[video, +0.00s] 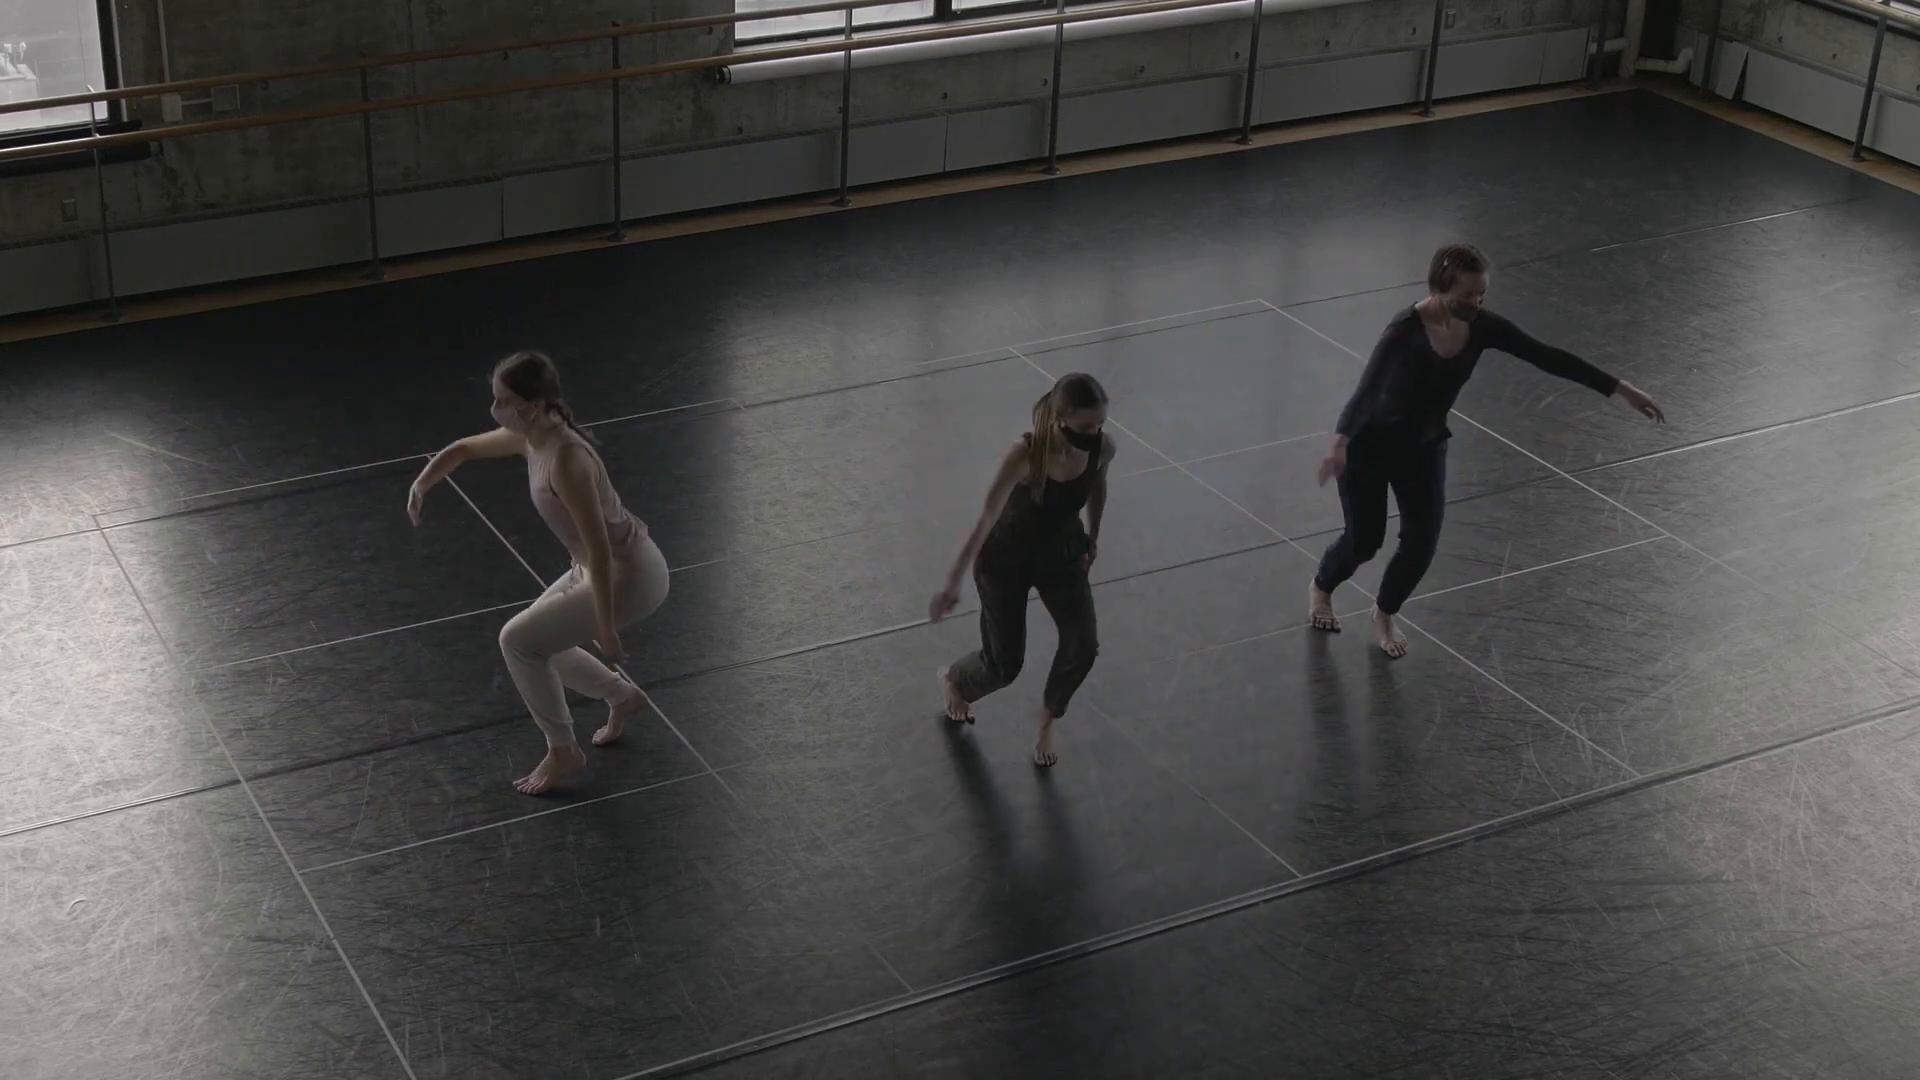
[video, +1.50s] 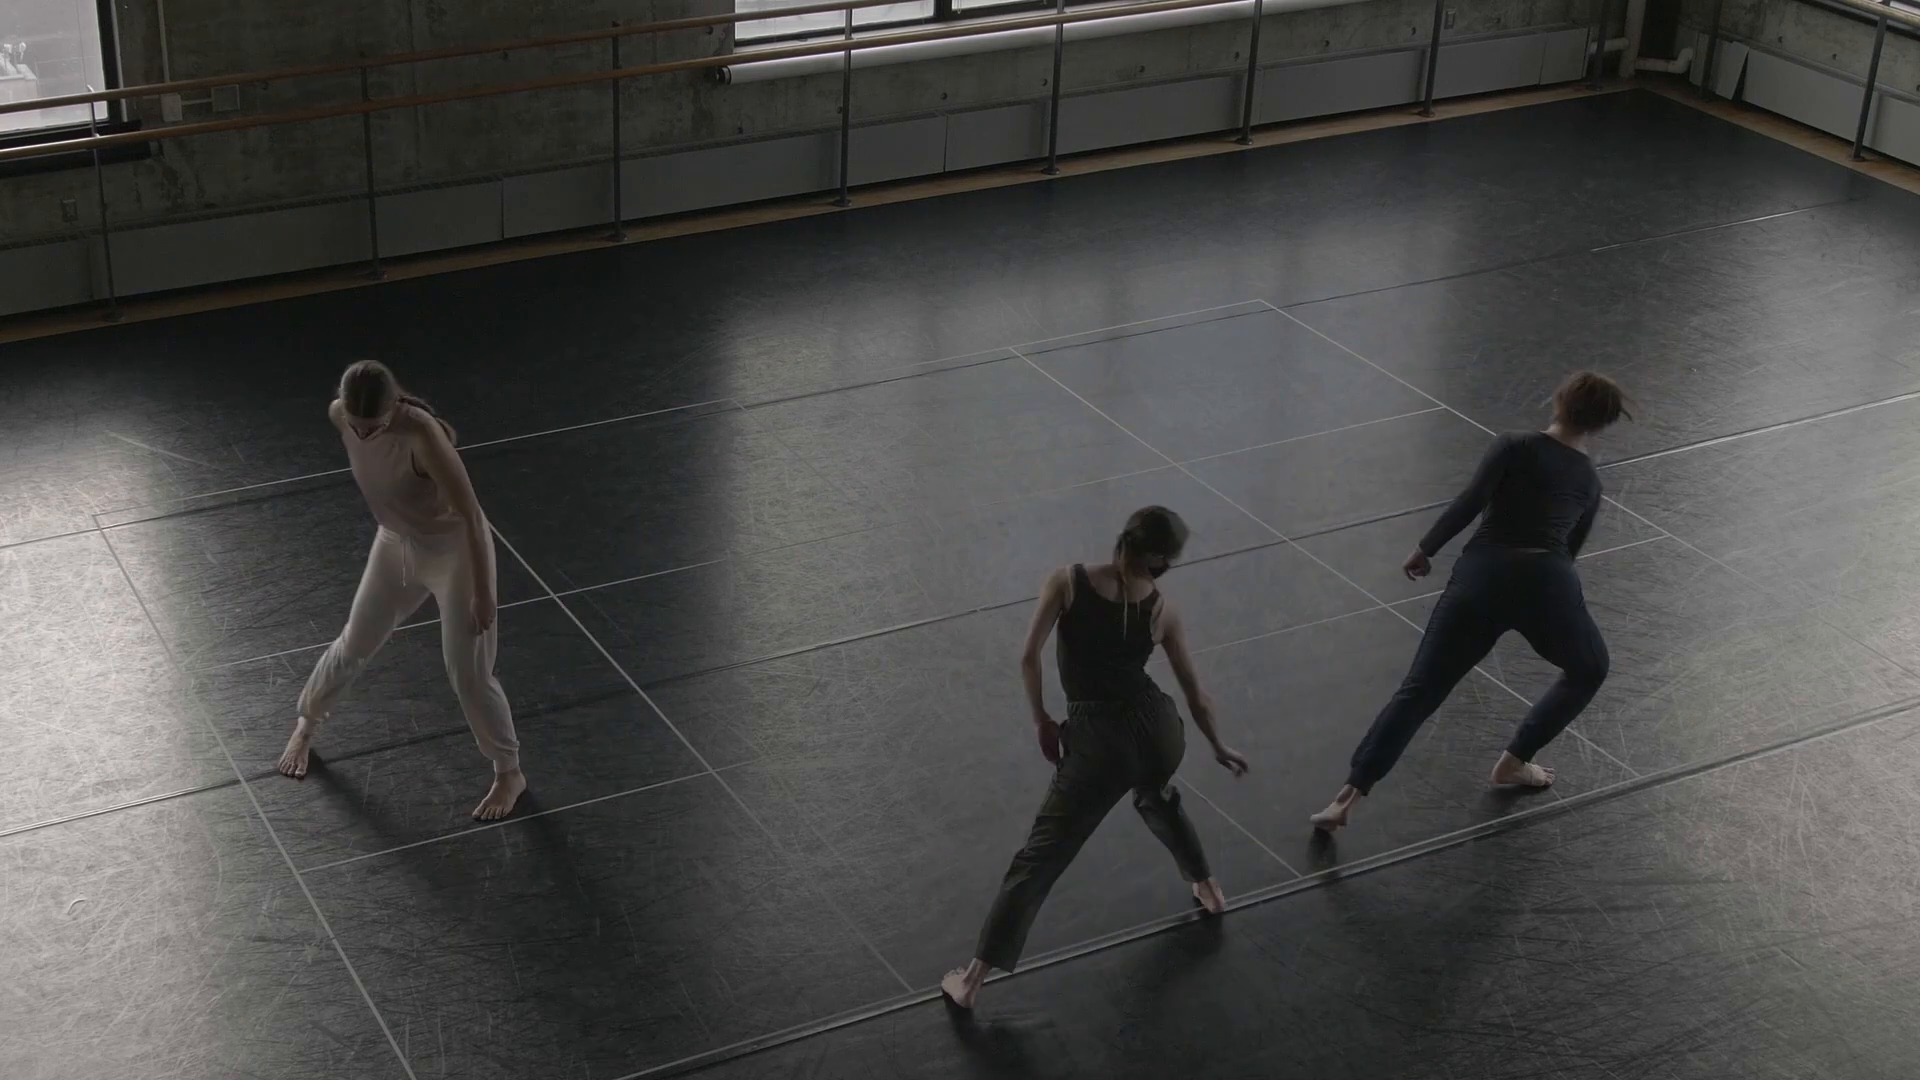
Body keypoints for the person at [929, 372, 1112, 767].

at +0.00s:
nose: (1097, 429)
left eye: (1100, 421)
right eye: (1089, 424)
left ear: (1102, 413)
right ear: (1062, 421)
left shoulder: (1102, 448)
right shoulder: (1025, 454)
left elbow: (1097, 491)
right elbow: (986, 521)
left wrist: (1092, 540)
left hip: (1059, 552)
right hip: (1007, 554)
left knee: (1082, 646)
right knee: (1004, 665)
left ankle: (1047, 721)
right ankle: (954, 681)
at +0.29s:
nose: (1148, 451)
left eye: (1153, 443)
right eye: (1139, 444)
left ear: (1160, 431)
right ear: (1115, 433)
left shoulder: (1156, 457)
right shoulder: (1077, 459)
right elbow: (1010, 480)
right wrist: (955, 497)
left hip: (1117, 560)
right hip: (1062, 555)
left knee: (1154, 658)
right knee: (1006, 620)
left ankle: (1155, 767)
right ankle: (954, 672)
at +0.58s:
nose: (1240, 506)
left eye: (1244, 498)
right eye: (1233, 499)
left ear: (1248, 485)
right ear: (1206, 484)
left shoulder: (1231, 508)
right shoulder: (1157, 506)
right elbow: (1105, 525)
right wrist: (1078, 538)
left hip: (1172, 608)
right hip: (1119, 602)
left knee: (1189, 718)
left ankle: (1159, 774)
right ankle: (996, 695)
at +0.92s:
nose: (1304, 495)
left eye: (1310, 487)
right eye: (1302, 487)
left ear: (1269, 461)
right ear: (1273, 469)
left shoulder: (1233, 474)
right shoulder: (1232, 508)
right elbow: (1153, 555)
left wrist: (1253, 507)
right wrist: (1083, 598)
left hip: (1127, 605)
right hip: (1148, 627)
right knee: (1175, 742)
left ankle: (1098, 769)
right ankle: (1178, 866)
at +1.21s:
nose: (1282, 557)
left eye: (1285, 549)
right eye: (1279, 550)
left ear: (1242, 526)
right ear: (1249, 537)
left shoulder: (1197, 542)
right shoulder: (1221, 591)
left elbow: (1126, 591)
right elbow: (1163, 660)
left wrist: (1097, 665)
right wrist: (1118, 729)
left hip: (1122, 680)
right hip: (1166, 701)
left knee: (1056, 780)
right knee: (1222, 783)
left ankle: (968, 885)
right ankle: (1175, 885)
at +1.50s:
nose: (1163, 570)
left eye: (1165, 562)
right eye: (1164, 563)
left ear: (1123, 541)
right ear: (1160, 559)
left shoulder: (1069, 581)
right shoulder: (1159, 607)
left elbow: (1030, 656)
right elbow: (1196, 695)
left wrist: (1041, 721)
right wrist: (1219, 746)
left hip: (1098, 746)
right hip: (1160, 734)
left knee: (1039, 855)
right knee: (1156, 795)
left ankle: (972, 980)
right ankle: (1207, 889)